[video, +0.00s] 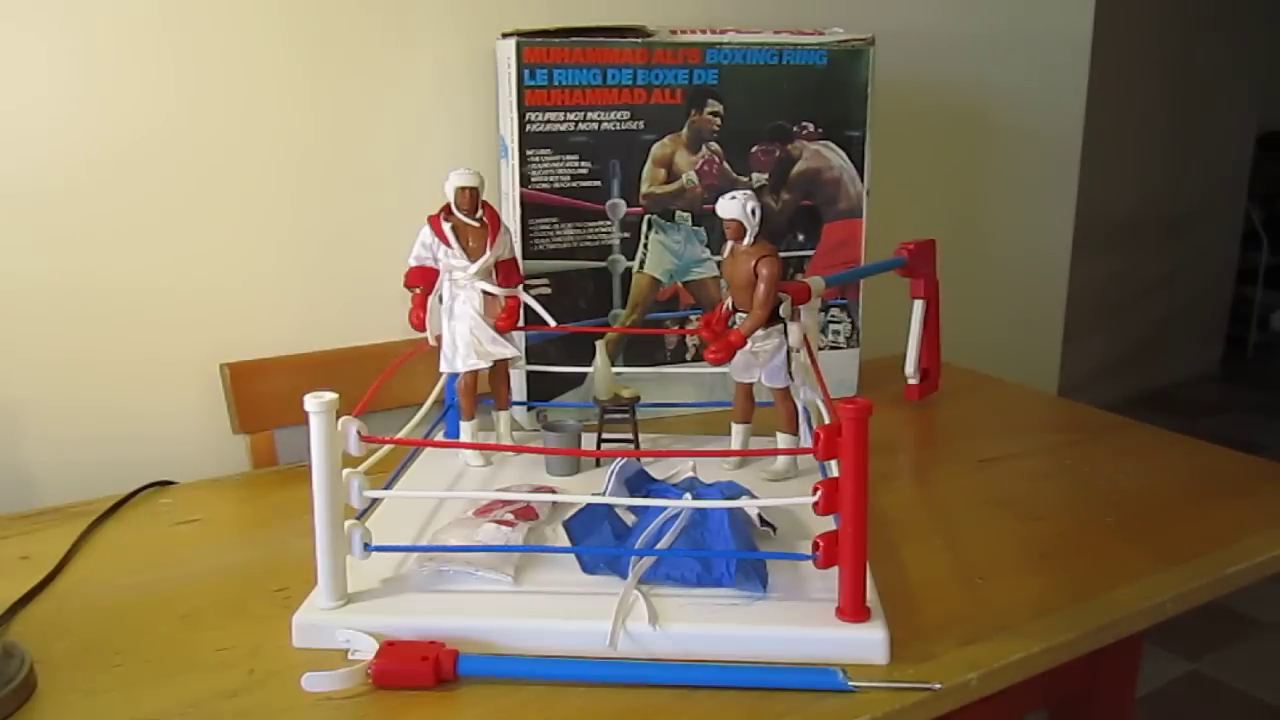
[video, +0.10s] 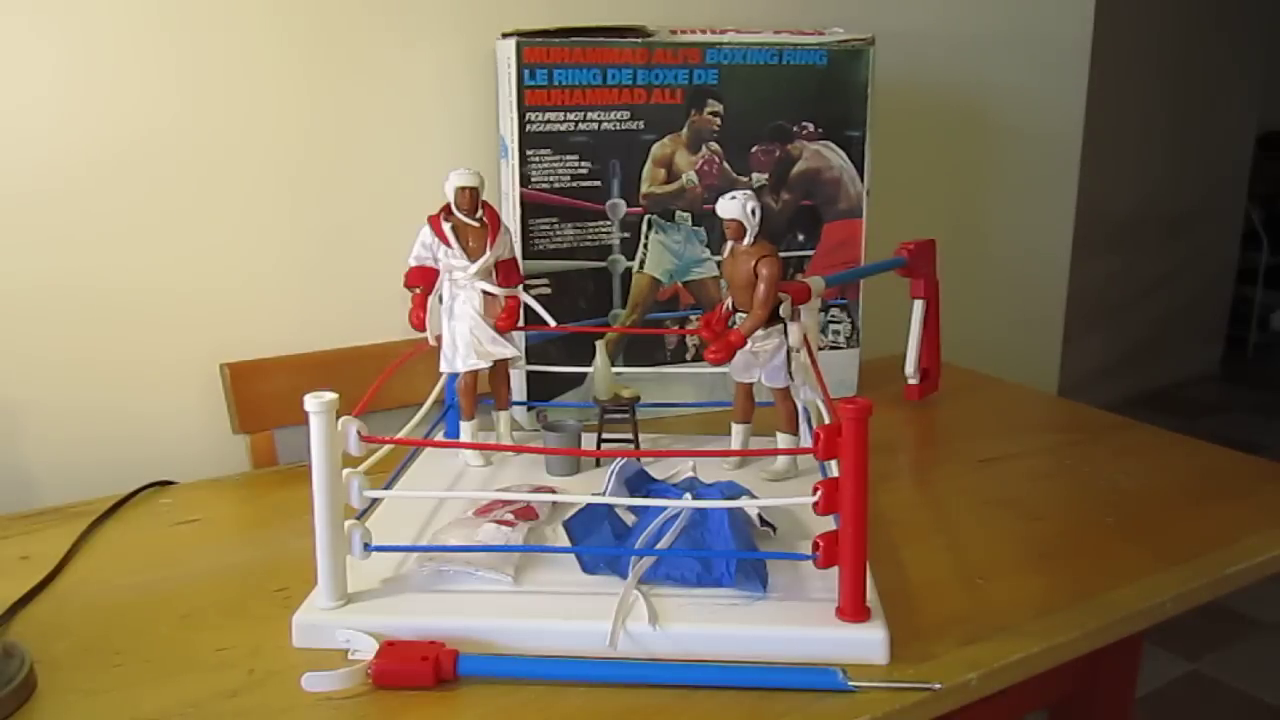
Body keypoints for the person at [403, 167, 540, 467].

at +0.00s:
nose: (467, 198)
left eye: (472, 191)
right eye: (461, 192)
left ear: (480, 194)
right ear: (451, 195)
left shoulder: (497, 228)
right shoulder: (436, 230)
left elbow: (509, 270)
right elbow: (422, 268)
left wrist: (512, 305)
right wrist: (419, 303)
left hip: (493, 302)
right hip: (458, 304)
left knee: (501, 364)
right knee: (469, 370)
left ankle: (505, 433)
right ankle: (468, 441)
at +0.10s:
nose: (467, 198)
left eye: (472, 191)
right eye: (461, 192)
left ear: (480, 194)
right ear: (451, 195)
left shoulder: (497, 228)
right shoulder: (436, 230)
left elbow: (509, 270)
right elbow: (422, 268)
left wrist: (511, 305)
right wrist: (419, 303)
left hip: (493, 302)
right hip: (458, 304)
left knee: (501, 364)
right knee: (469, 370)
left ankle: (505, 433)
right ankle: (468, 441)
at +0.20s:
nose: (467, 197)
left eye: (472, 191)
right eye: (461, 191)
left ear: (480, 194)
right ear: (451, 195)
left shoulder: (496, 228)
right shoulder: (436, 230)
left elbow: (509, 269)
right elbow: (422, 269)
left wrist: (512, 305)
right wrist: (419, 305)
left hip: (493, 302)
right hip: (459, 304)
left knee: (501, 364)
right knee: (469, 370)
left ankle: (504, 433)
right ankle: (469, 440)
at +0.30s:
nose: (467, 198)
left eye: (472, 191)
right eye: (461, 192)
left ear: (481, 195)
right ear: (451, 196)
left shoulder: (497, 228)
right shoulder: (436, 230)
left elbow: (509, 270)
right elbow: (422, 268)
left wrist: (511, 306)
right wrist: (419, 304)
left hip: (492, 301)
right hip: (458, 302)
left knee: (501, 363)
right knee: (469, 369)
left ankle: (505, 431)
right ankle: (468, 440)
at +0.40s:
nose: (467, 198)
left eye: (472, 191)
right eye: (461, 191)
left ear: (480, 194)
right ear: (451, 195)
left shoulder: (496, 227)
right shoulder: (436, 229)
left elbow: (509, 268)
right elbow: (422, 268)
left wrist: (512, 304)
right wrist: (419, 304)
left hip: (493, 302)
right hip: (459, 304)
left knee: (500, 364)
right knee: (469, 369)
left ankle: (504, 433)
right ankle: (469, 440)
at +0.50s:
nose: (467, 198)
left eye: (472, 191)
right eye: (461, 192)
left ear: (480, 194)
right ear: (451, 196)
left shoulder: (496, 228)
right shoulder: (436, 229)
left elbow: (508, 269)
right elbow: (422, 267)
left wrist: (511, 304)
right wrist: (419, 302)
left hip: (492, 301)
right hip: (458, 302)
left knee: (500, 362)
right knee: (469, 369)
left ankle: (505, 431)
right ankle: (468, 440)